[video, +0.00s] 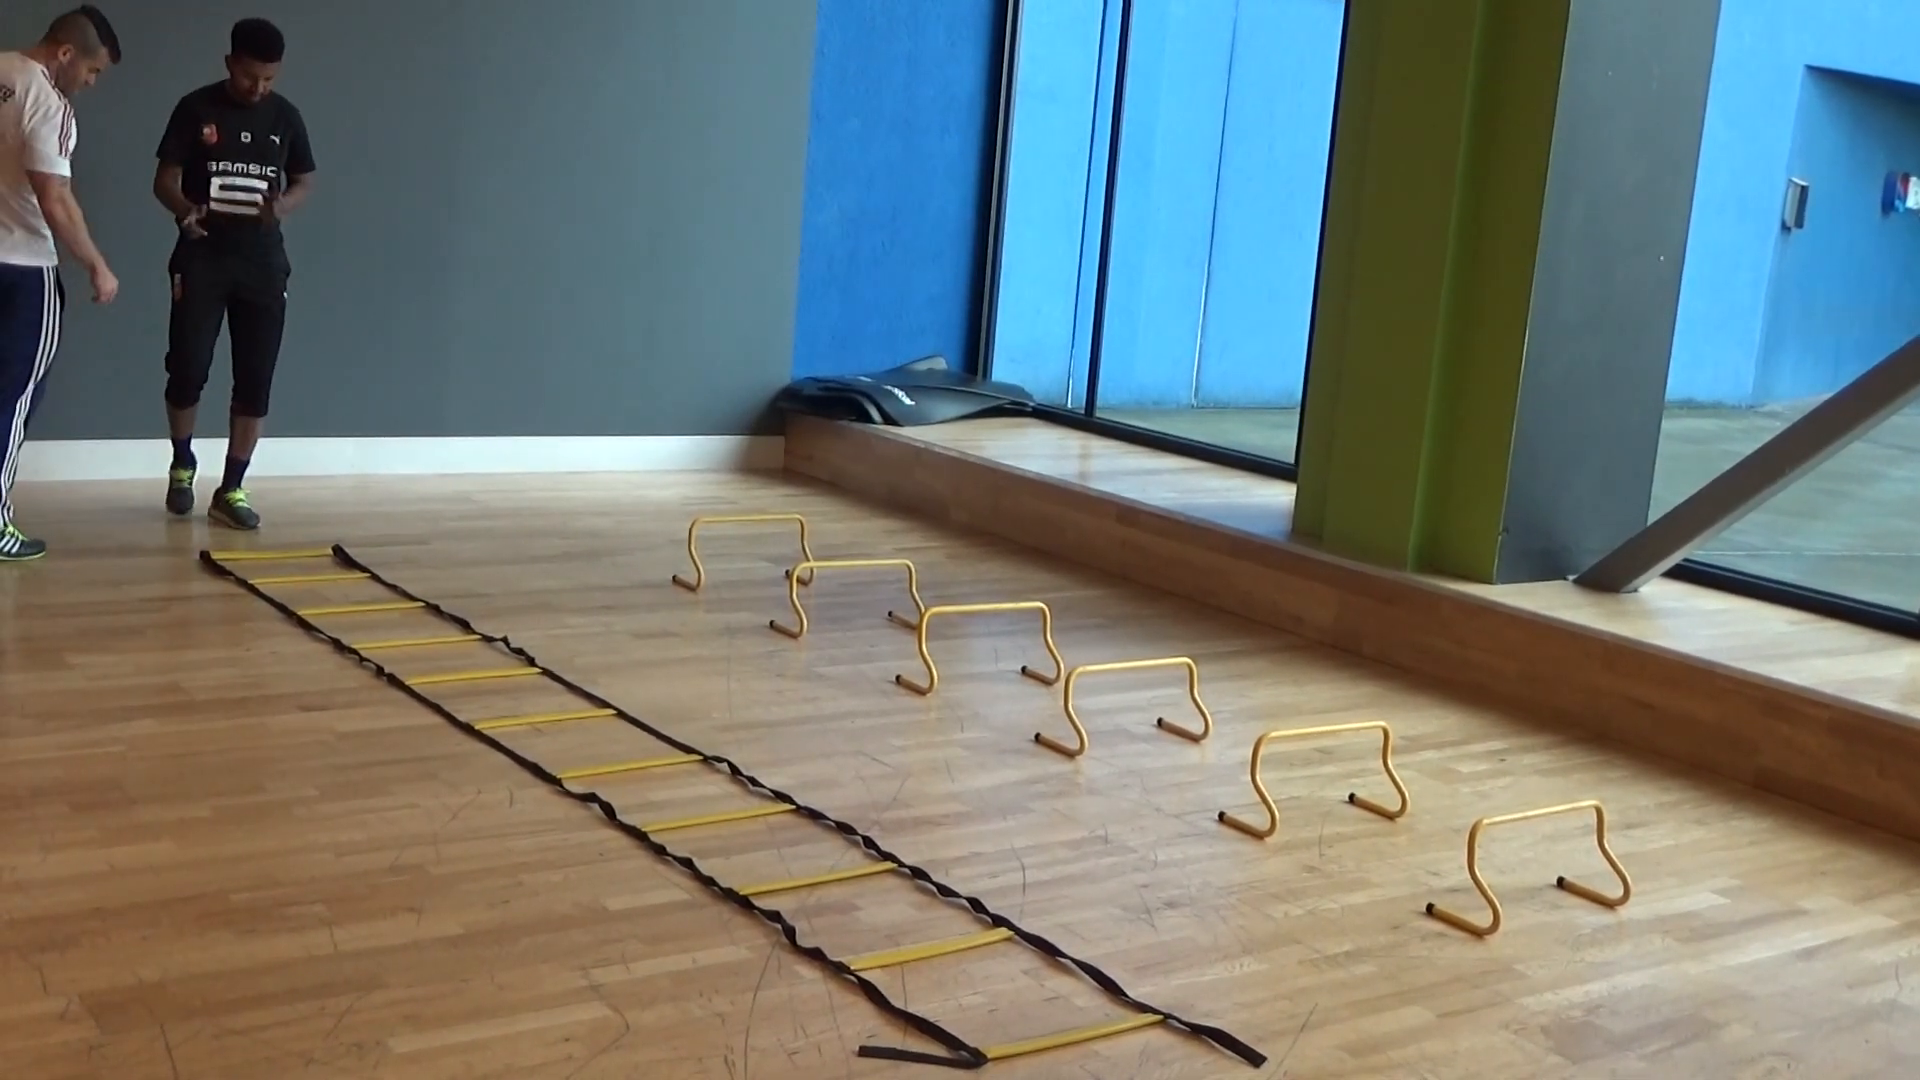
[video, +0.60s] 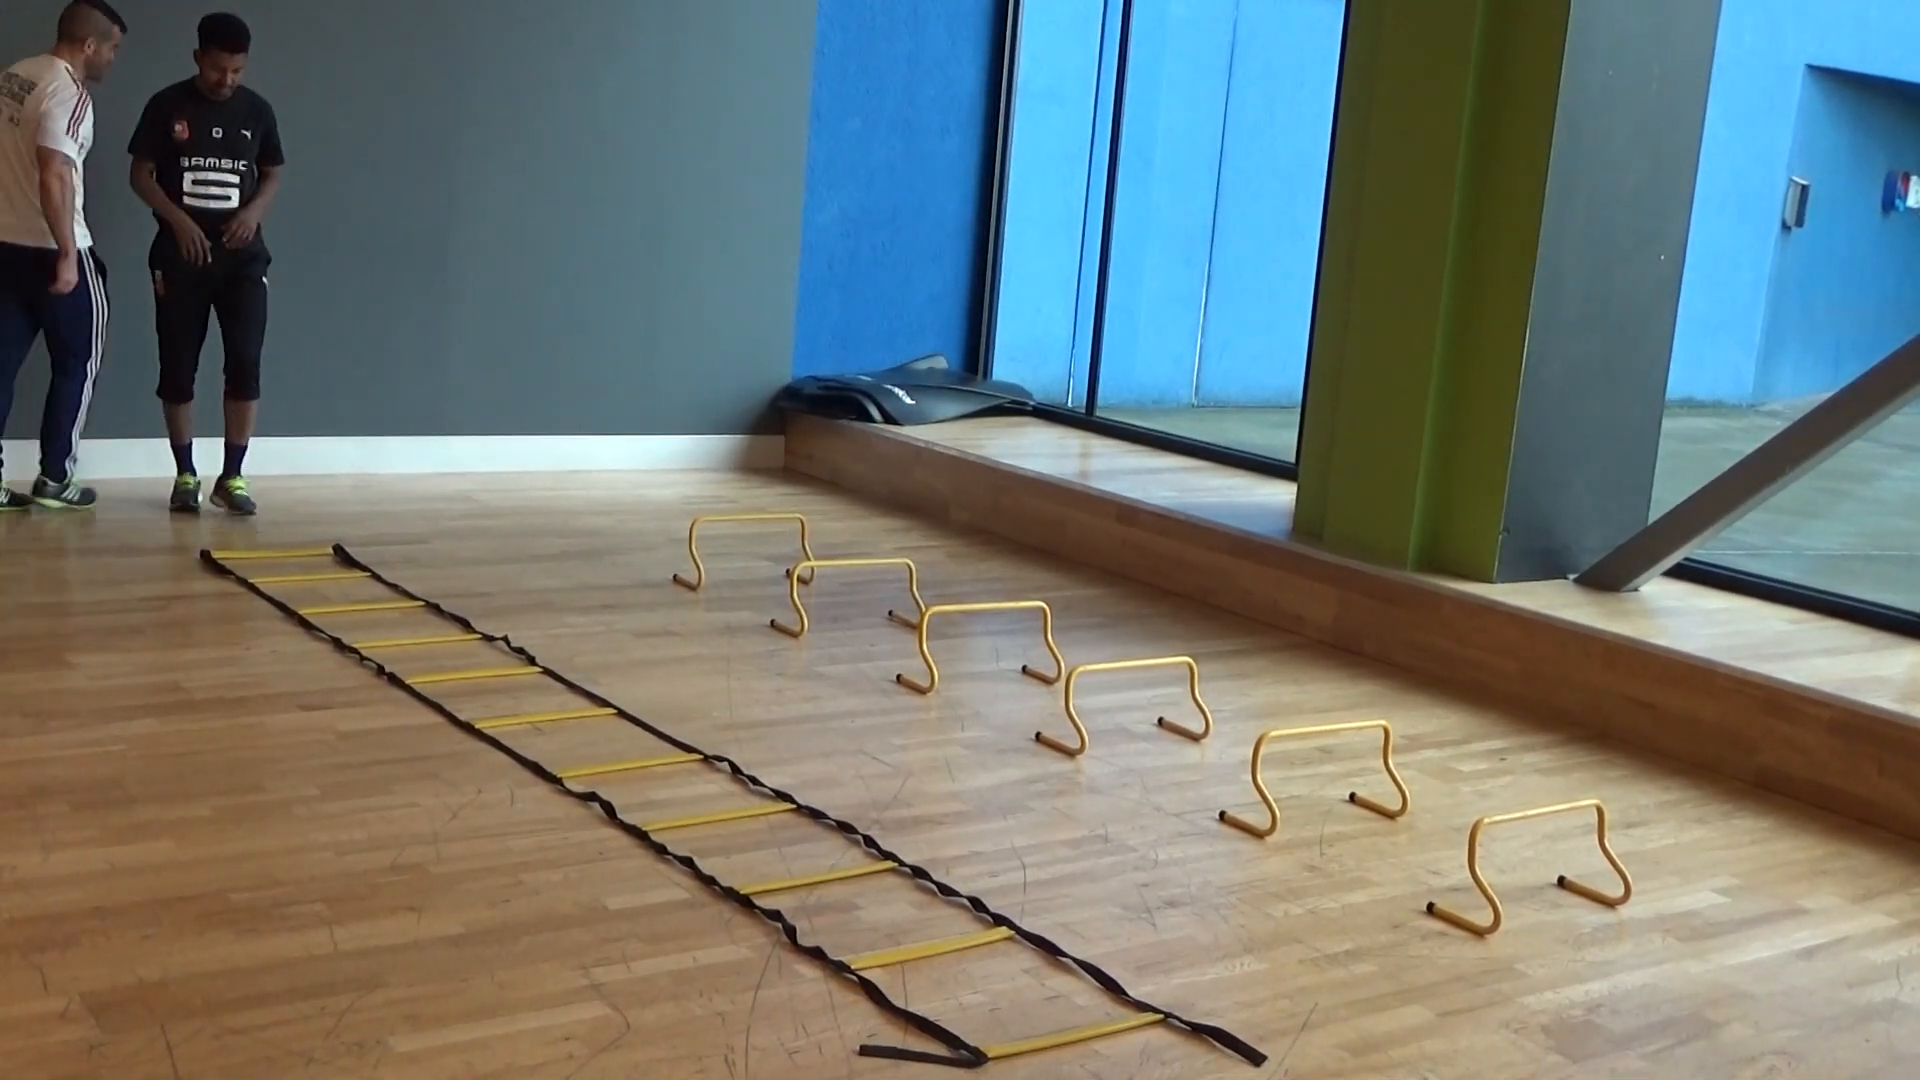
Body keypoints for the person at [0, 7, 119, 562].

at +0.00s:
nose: (88, 85)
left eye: (94, 77)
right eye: (90, 73)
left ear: (58, 48)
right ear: (63, 51)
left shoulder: (7, 69)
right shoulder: (45, 100)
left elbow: (49, 191)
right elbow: (54, 198)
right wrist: (97, 263)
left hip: (6, 264)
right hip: (22, 269)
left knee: (12, 395)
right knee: (15, 396)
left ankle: (2, 520)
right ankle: (0, 522)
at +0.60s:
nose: (113, 60)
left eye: (115, 50)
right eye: (112, 49)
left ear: (70, 41)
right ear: (89, 45)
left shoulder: (15, 74)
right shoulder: (67, 92)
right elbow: (53, 173)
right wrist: (68, 252)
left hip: (10, 249)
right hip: (58, 252)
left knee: (4, 366)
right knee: (78, 363)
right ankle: (55, 479)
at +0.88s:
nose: (149, 60)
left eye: (150, 50)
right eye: (148, 50)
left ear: (102, 44)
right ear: (129, 49)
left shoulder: (58, 84)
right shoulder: (105, 100)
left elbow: (59, 176)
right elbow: (91, 182)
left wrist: (116, 234)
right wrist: (111, 258)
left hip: (46, 251)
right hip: (93, 255)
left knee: (47, 353)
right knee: (107, 364)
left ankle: (1, 453)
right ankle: (81, 471)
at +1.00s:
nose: (170, 57)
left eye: (171, 49)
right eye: (167, 48)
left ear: (127, 44)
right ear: (145, 47)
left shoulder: (91, 82)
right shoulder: (121, 92)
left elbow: (97, 177)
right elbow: (102, 178)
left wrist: (137, 239)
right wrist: (121, 254)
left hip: (79, 242)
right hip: (106, 246)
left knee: (97, 343)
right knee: (114, 354)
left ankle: (45, 432)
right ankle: (81, 470)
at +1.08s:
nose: (188, 58)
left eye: (188, 49)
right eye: (182, 48)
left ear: (152, 48)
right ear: (157, 47)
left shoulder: (126, 87)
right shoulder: (130, 91)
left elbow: (127, 178)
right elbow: (105, 172)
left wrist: (147, 238)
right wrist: (121, 249)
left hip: (113, 243)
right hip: (111, 245)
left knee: (135, 341)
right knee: (117, 351)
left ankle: (88, 450)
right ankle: (79, 470)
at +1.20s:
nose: (212, 68)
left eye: (213, 59)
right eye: (208, 57)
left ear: (180, 55)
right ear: (179, 53)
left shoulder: (173, 98)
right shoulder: (150, 92)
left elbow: (164, 179)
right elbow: (114, 166)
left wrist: (175, 254)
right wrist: (121, 249)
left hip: (156, 248)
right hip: (135, 249)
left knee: (166, 354)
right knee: (118, 358)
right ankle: (79, 470)